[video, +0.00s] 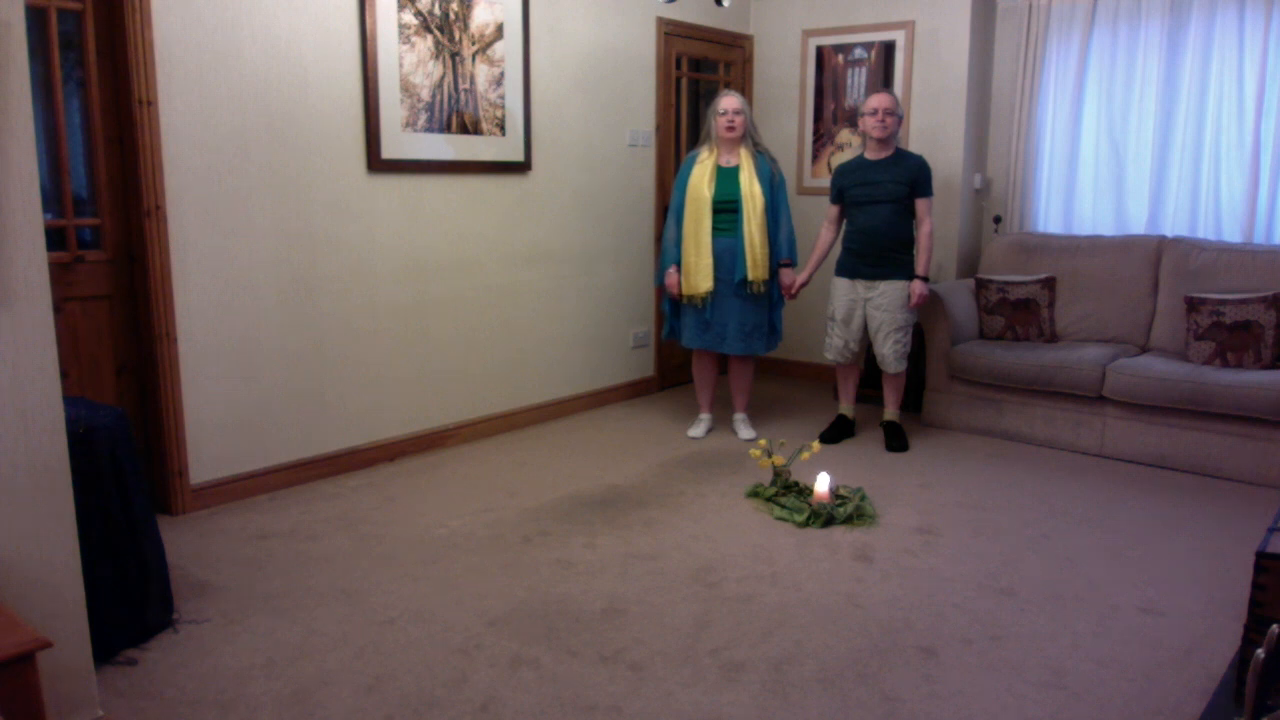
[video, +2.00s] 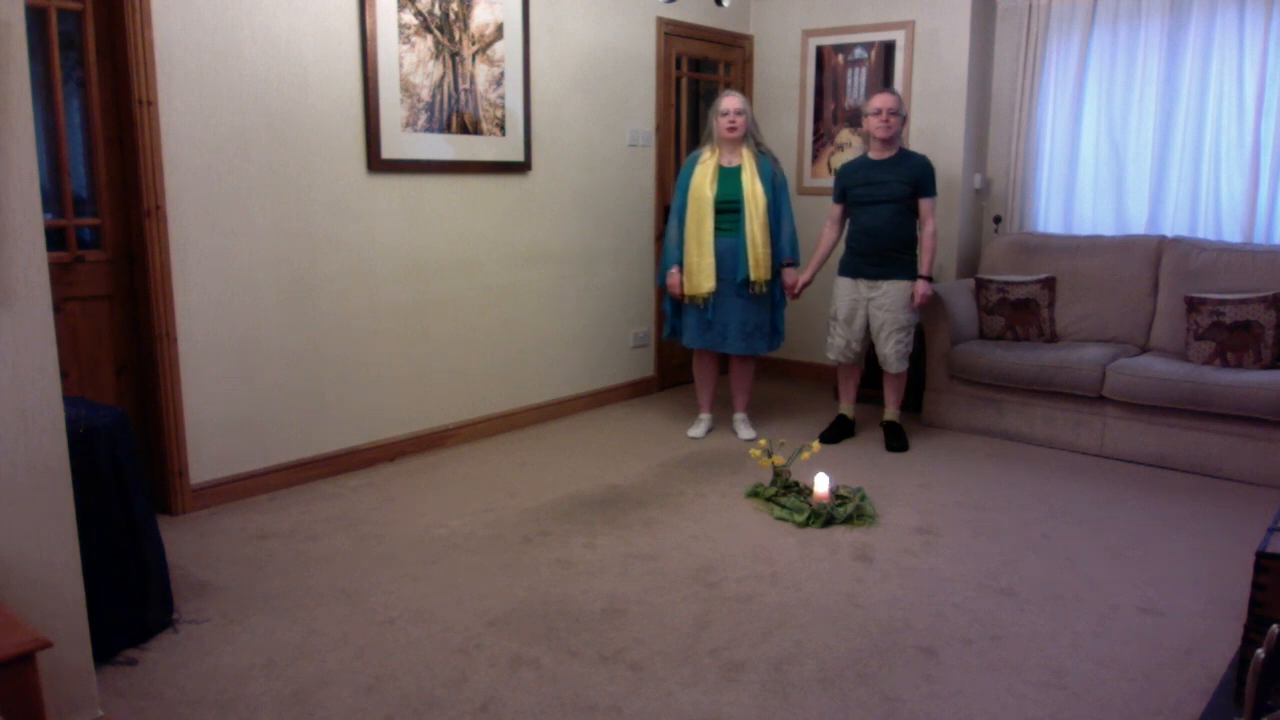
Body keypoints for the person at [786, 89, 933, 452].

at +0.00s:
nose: (881, 118)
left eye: (888, 113)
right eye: (873, 113)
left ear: (900, 121)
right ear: (860, 122)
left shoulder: (914, 166)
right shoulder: (844, 172)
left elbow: (924, 224)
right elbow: (830, 227)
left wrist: (921, 276)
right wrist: (806, 273)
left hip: (895, 279)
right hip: (849, 276)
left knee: (893, 355)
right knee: (844, 349)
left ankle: (892, 419)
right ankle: (845, 415)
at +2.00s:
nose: (885, 119)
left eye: (892, 113)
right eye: (877, 113)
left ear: (903, 120)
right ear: (864, 121)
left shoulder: (918, 166)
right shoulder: (848, 172)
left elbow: (928, 224)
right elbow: (833, 226)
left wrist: (924, 276)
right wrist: (809, 272)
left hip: (898, 279)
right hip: (852, 277)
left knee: (894, 355)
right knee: (846, 349)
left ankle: (892, 419)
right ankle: (845, 416)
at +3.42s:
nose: (834, 125)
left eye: (843, 120)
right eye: (827, 119)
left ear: (855, 127)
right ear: (816, 127)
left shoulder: (869, 171)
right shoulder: (806, 176)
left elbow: (884, 228)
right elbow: (786, 229)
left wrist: (885, 281)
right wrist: (759, 275)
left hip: (848, 280)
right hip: (807, 278)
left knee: (850, 354)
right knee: (806, 351)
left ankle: (871, 415)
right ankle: (817, 417)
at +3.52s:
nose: (824, 124)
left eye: (832, 118)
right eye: (817, 118)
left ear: (845, 125)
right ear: (807, 124)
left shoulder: (860, 170)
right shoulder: (796, 173)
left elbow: (873, 225)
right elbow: (777, 228)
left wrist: (873, 279)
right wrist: (750, 273)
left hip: (840, 277)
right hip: (800, 276)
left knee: (832, 347)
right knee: (803, 350)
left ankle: (842, 414)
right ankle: (815, 416)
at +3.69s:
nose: (808, 122)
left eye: (817, 116)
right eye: (801, 116)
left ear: (831, 123)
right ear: (791, 122)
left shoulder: (845, 168)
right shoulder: (781, 174)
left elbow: (858, 224)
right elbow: (764, 228)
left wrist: (859, 277)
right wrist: (740, 274)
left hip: (828, 273)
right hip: (791, 273)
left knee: (804, 348)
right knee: (799, 349)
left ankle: (786, 425)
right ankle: (817, 417)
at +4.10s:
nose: (782, 122)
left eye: (790, 116)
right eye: (775, 116)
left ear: (802, 124)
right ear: (764, 123)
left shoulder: (817, 172)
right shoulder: (749, 175)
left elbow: (827, 231)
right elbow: (731, 230)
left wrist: (825, 286)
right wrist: (715, 275)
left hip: (792, 285)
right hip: (750, 284)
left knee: (778, 361)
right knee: (751, 360)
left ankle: (763, 428)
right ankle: (789, 398)